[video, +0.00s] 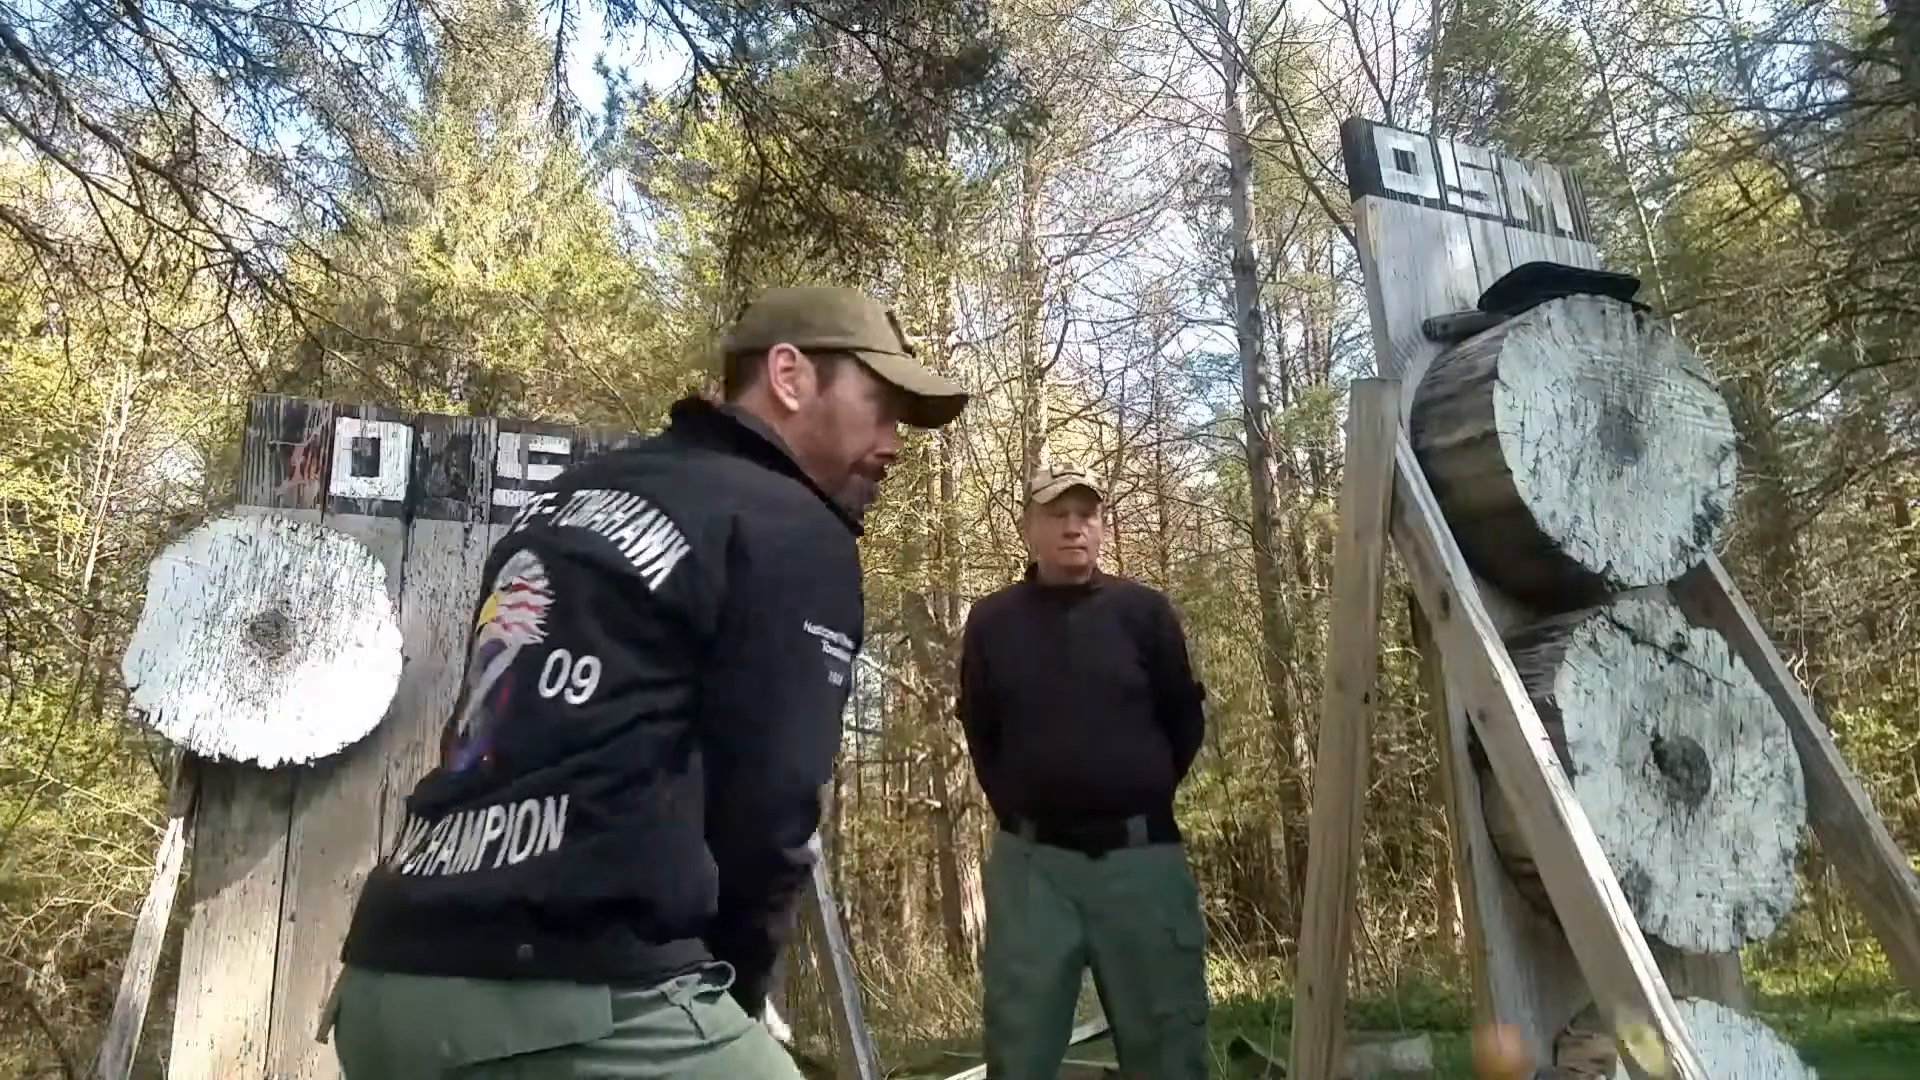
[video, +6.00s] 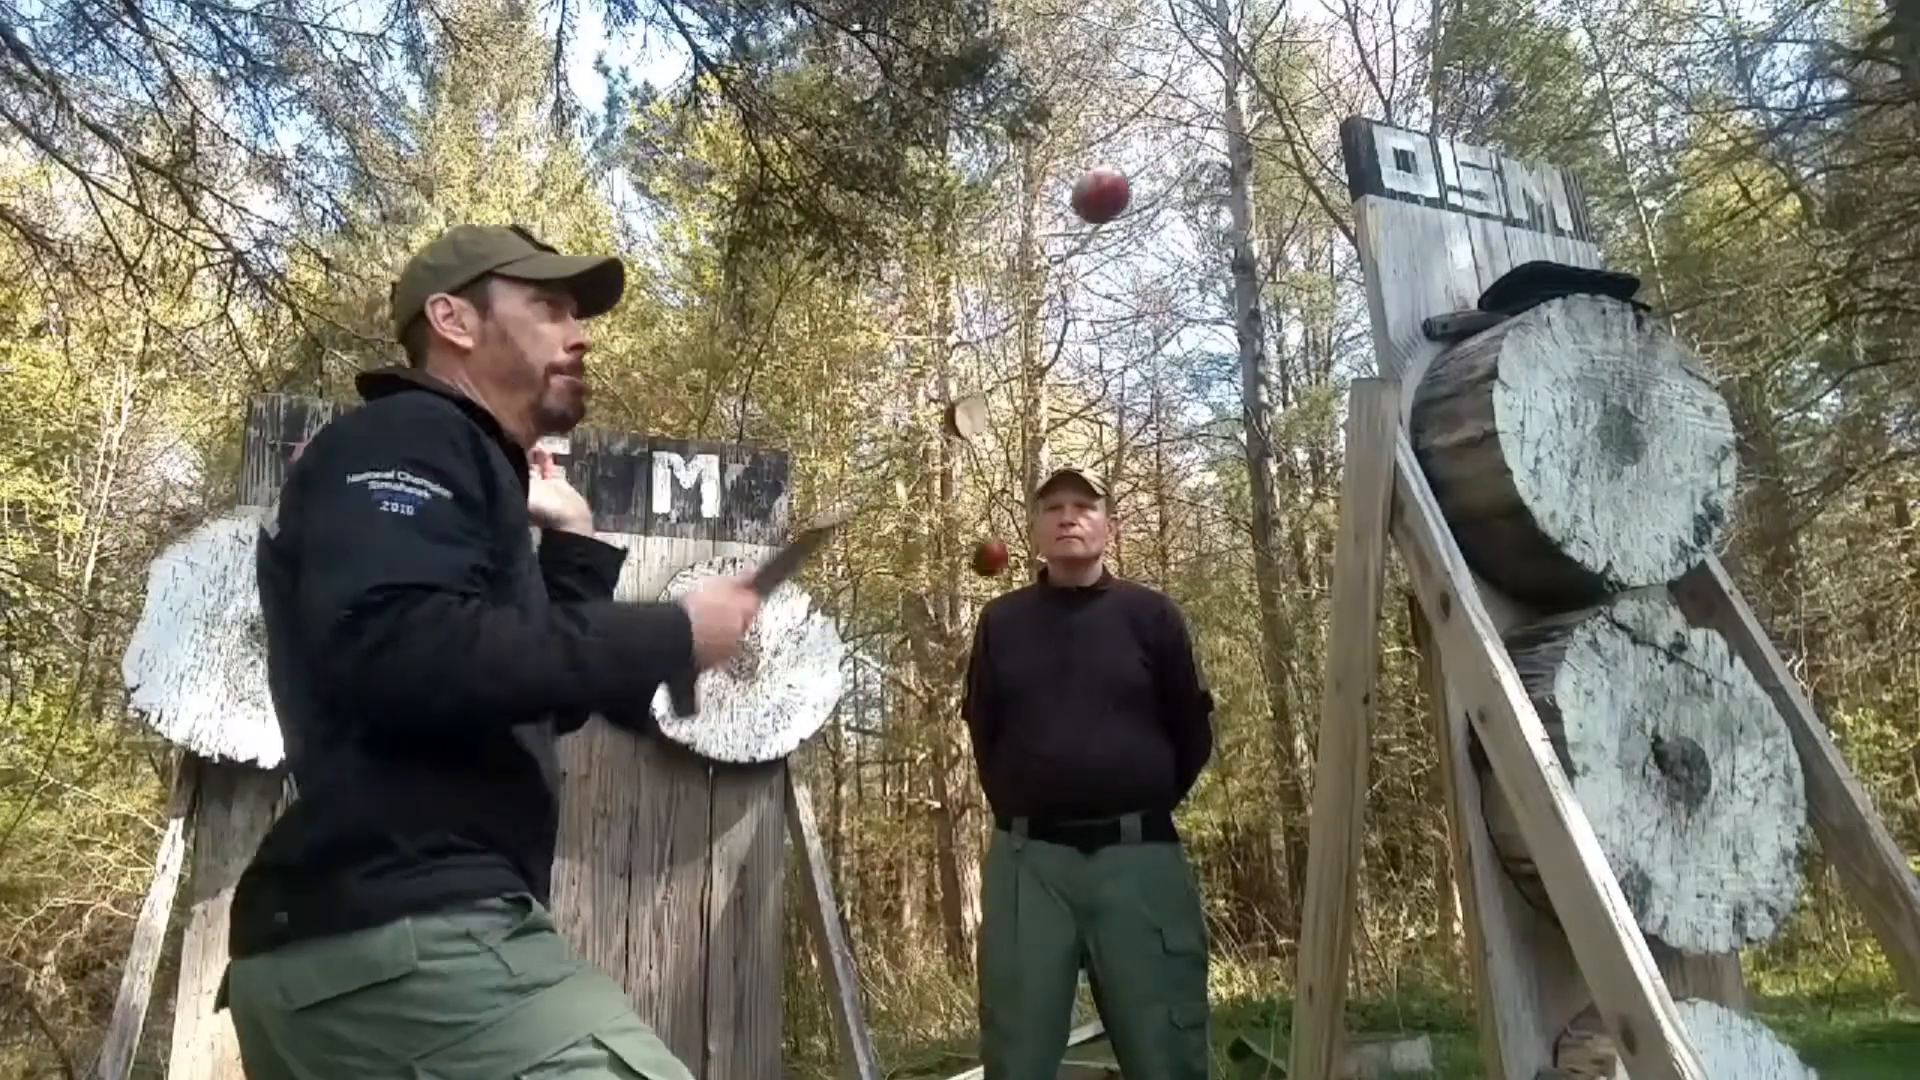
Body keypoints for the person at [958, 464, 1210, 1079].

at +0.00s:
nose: (1074, 527)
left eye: (1086, 515)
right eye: (1057, 515)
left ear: (1103, 530)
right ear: (1028, 532)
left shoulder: (1146, 610)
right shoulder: (991, 618)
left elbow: (1185, 721)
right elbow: (980, 733)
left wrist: (1134, 802)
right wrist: (1028, 814)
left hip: (1142, 866)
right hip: (1028, 867)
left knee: (1168, 1055)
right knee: (1019, 1058)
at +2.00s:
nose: (1068, 526)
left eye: (1082, 513)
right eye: (1054, 516)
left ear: (1111, 530)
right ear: (1035, 535)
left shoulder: (1154, 616)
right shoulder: (1000, 619)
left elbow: (1193, 732)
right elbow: (982, 724)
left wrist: (1140, 811)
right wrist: (1022, 814)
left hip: (1139, 862)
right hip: (1026, 862)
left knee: (1163, 1057)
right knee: (1017, 1059)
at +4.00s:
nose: (1068, 525)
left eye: (1082, 513)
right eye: (1053, 515)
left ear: (1110, 530)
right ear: (1033, 534)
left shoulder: (1153, 614)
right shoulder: (1000, 619)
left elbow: (1194, 732)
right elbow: (983, 727)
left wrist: (1141, 814)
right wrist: (1025, 817)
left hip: (1139, 861)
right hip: (1026, 862)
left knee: (1163, 1058)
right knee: (1017, 1059)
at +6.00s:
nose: (1069, 518)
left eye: (1083, 508)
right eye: (1054, 509)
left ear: (1109, 530)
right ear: (1034, 532)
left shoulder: (1150, 613)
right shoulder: (999, 619)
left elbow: (1194, 730)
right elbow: (983, 730)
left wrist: (1141, 813)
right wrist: (1026, 817)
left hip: (1140, 860)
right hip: (1025, 861)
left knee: (1165, 1057)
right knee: (1017, 1059)